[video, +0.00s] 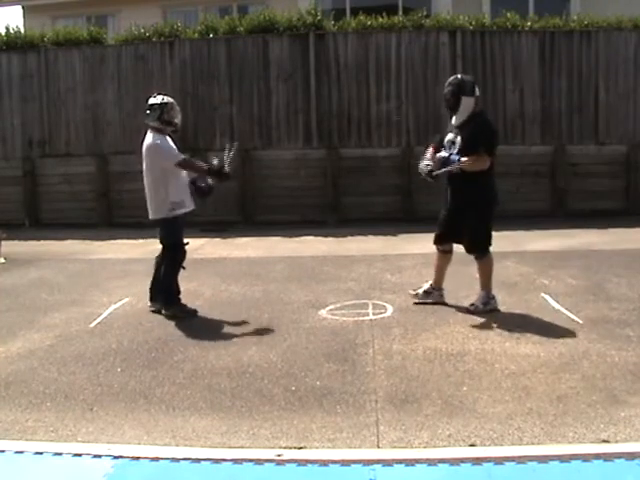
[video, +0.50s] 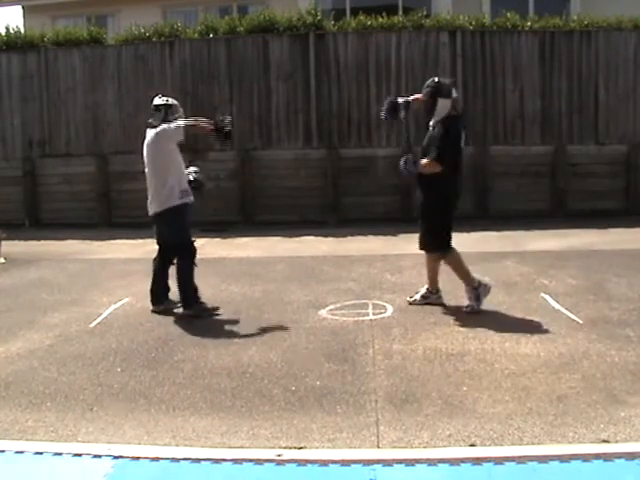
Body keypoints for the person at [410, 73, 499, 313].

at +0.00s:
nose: (447, 101)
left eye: (452, 96)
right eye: (447, 96)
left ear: (467, 98)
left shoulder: (481, 124)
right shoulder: (456, 123)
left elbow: (484, 161)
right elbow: (448, 151)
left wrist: (451, 165)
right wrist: (433, 157)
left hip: (478, 200)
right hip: (457, 197)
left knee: (479, 247)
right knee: (444, 241)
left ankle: (486, 295)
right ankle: (436, 287)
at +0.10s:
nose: (443, 101)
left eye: (449, 96)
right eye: (443, 96)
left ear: (463, 99)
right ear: (445, 99)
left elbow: (480, 162)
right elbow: (424, 139)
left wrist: (452, 165)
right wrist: (416, 148)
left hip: (473, 198)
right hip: (453, 196)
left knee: (476, 248)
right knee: (443, 242)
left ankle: (486, 296)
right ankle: (435, 289)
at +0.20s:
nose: (441, 103)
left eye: (447, 98)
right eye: (442, 98)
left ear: (459, 100)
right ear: (450, 100)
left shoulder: (470, 126)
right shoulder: (443, 122)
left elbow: (472, 164)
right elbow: (421, 129)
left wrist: (444, 169)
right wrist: (410, 136)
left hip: (465, 196)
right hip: (447, 194)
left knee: (470, 247)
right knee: (439, 243)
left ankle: (485, 295)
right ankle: (433, 289)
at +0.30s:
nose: (435, 104)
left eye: (439, 100)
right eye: (435, 99)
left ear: (451, 101)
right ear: (442, 101)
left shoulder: (461, 127)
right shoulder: (442, 120)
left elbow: (462, 165)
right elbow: (422, 112)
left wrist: (435, 173)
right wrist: (406, 120)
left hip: (455, 196)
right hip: (441, 194)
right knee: (435, 244)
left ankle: (484, 293)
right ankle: (432, 290)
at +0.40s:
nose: (429, 103)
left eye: (433, 99)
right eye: (430, 99)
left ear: (446, 102)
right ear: (441, 101)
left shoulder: (454, 128)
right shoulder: (441, 118)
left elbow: (453, 166)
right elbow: (426, 104)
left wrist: (427, 171)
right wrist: (405, 111)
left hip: (449, 194)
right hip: (438, 192)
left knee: (442, 242)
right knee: (436, 241)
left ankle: (480, 289)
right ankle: (432, 290)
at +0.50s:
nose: (422, 100)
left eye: (426, 97)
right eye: (424, 97)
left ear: (437, 101)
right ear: (443, 101)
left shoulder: (443, 127)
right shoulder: (446, 120)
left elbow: (438, 164)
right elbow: (426, 98)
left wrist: (414, 165)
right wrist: (403, 102)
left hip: (441, 193)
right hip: (435, 191)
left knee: (439, 243)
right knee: (432, 242)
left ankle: (474, 286)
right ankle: (432, 289)